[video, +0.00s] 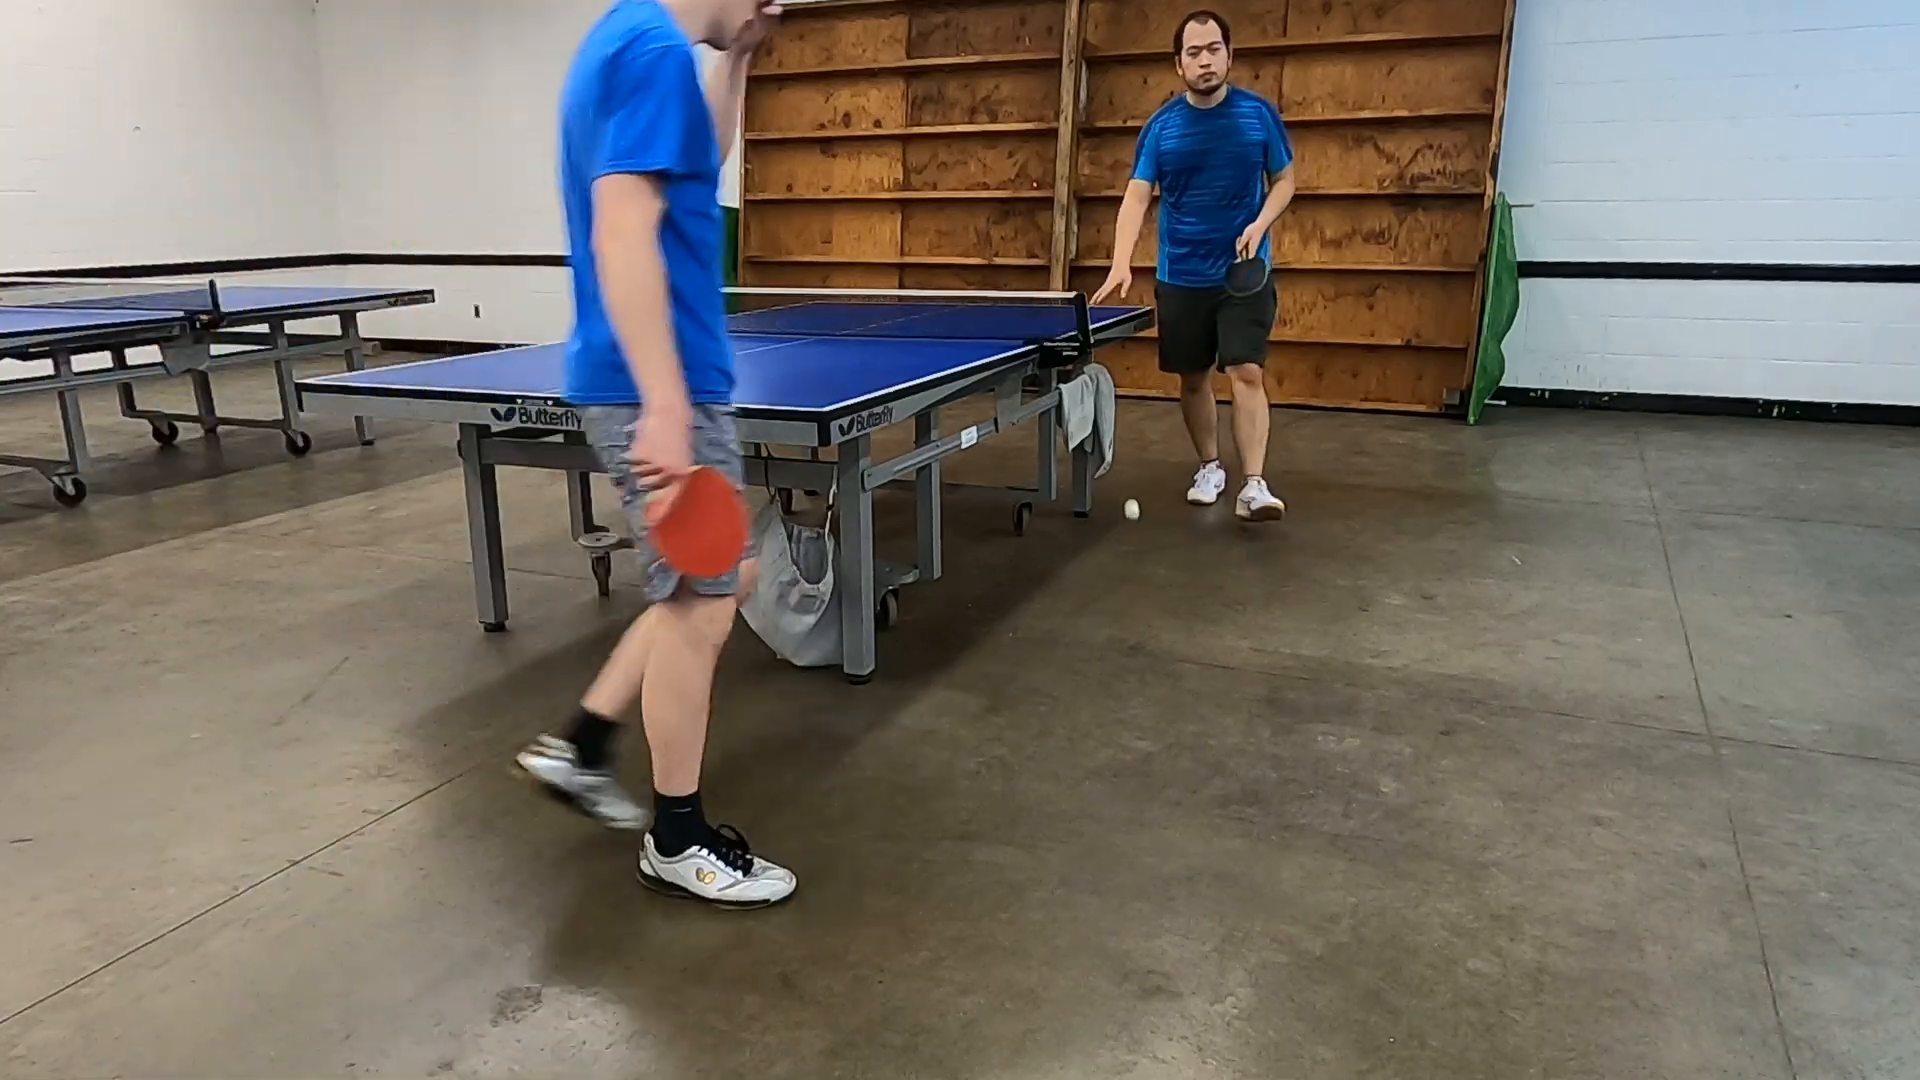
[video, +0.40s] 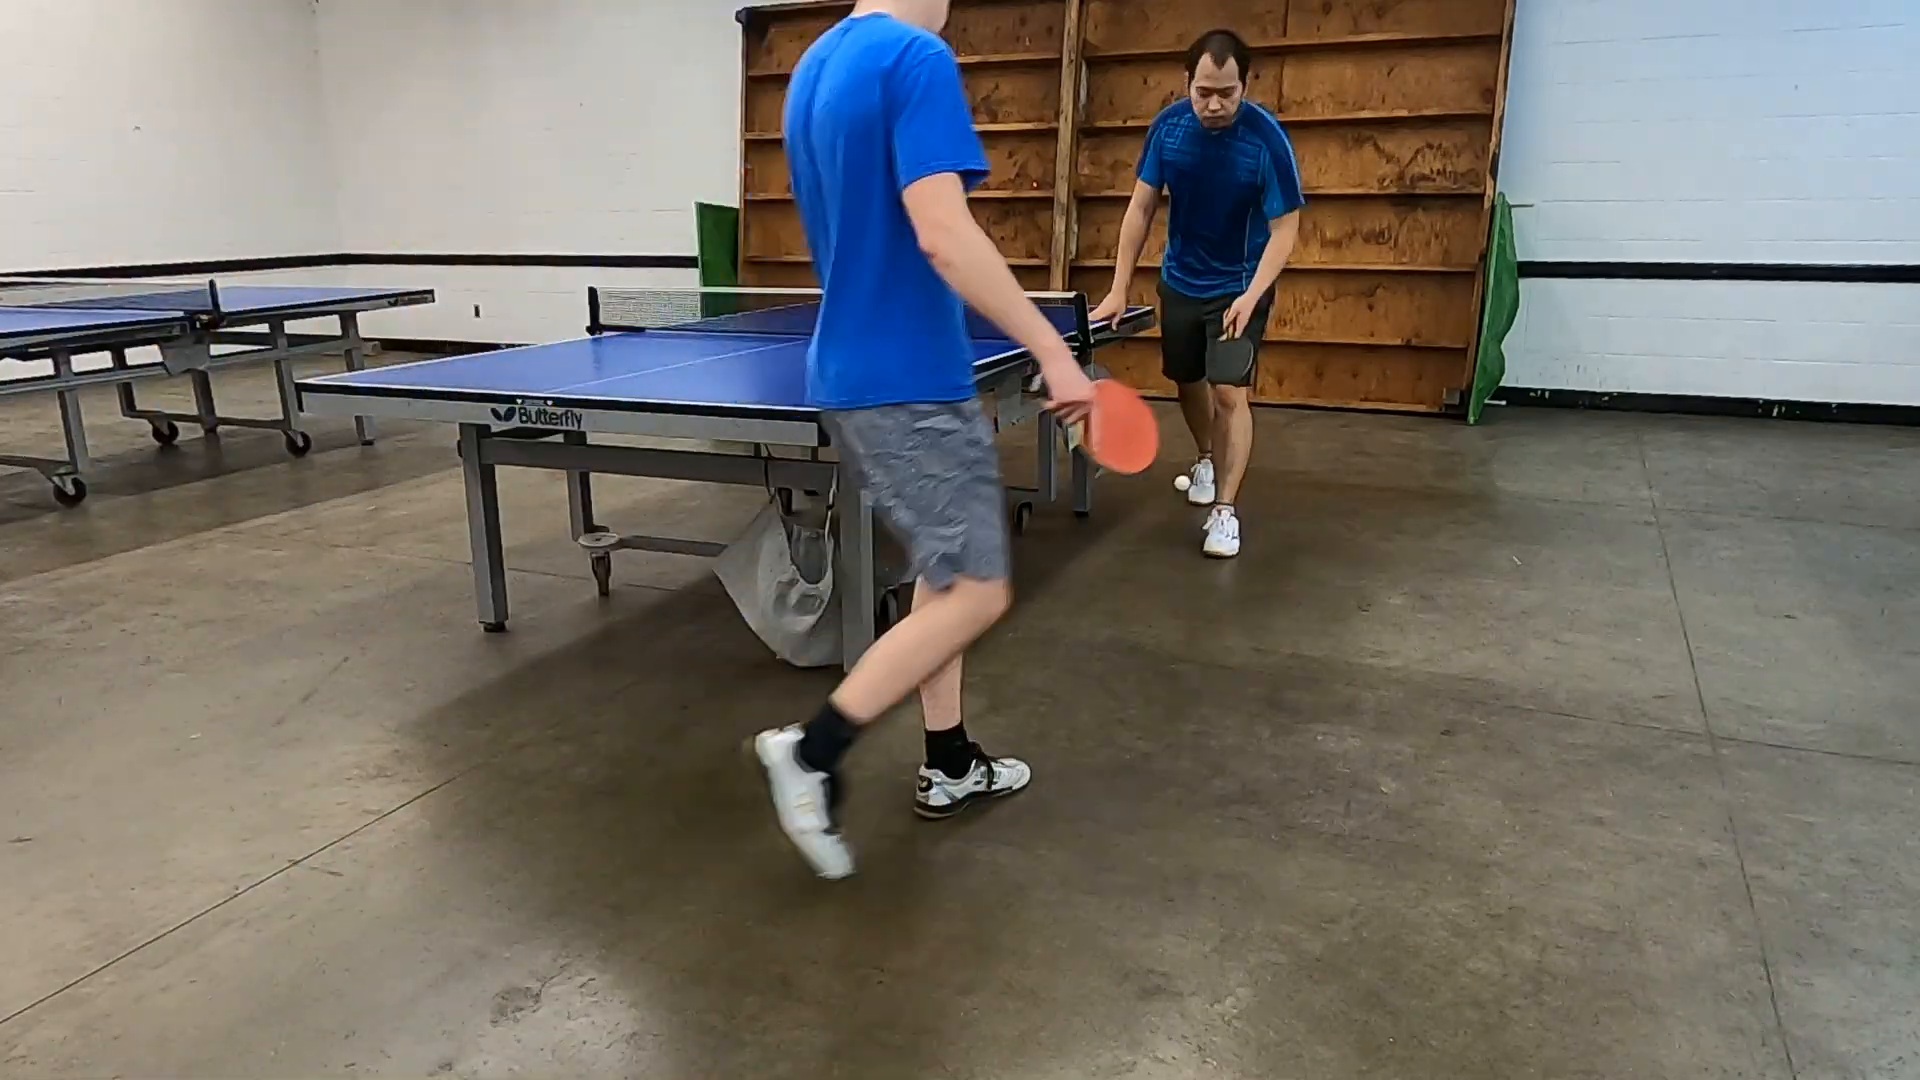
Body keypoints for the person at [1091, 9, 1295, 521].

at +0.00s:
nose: (1205, 60)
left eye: (1213, 48)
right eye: (1194, 52)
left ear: (1229, 54)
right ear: (1179, 63)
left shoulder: (1259, 115)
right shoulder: (1161, 127)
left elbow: (1284, 180)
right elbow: (1136, 199)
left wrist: (1261, 223)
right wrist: (1121, 264)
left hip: (1244, 268)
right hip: (1180, 275)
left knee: (1247, 370)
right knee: (1194, 378)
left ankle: (1254, 483)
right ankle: (1209, 468)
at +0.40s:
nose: (1211, 104)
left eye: (1224, 93)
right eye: (1202, 91)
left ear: (1246, 83)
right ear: (1188, 81)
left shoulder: (1268, 140)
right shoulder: (1169, 127)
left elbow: (1285, 227)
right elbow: (1140, 207)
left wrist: (1252, 296)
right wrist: (1119, 288)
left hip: (1240, 287)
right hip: (1180, 283)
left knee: (1228, 393)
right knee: (1188, 384)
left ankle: (1226, 508)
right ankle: (1207, 460)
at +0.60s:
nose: (1205, 163)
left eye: (1217, 153)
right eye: (1195, 152)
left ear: (1236, 137)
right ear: (1178, 133)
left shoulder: (1259, 176)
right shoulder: (1164, 150)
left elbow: (1272, 276)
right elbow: (1142, 218)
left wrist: (1247, 366)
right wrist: (1120, 298)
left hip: (1240, 295)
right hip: (1187, 286)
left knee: (1227, 402)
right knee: (1195, 376)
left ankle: (1225, 510)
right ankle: (1211, 449)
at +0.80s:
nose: (1196, 238)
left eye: (1208, 228)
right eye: (1186, 227)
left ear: (1229, 209)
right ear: (1170, 210)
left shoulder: (1258, 249)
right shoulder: (1162, 213)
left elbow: (1257, 349)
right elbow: (1136, 254)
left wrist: (1251, 440)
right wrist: (1114, 316)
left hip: (1248, 295)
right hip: (1198, 286)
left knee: (1230, 398)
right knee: (1193, 359)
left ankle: (1225, 509)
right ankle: (1200, 418)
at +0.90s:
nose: (1197, 240)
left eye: (1207, 231)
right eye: (1190, 231)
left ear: (1227, 222)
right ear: (1179, 215)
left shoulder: (1256, 265)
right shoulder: (1169, 203)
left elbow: (1257, 367)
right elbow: (1136, 256)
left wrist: (1252, 457)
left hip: (1264, 286)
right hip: (1208, 277)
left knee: (1247, 386)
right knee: (1217, 367)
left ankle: (1227, 503)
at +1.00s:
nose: (1191, 238)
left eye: (1205, 229)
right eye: (1184, 226)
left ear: (1227, 222)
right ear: (1174, 215)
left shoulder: (1257, 258)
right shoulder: (1163, 213)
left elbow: (1267, 362)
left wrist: (1257, 447)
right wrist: (1222, 369)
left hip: (1266, 280)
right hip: (1204, 277)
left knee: (1247, 387)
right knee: (1222, 369)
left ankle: (1223, 509)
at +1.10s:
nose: (1200, 234)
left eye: (1209, 226)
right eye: (1191, 226)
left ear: (1230, 215)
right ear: (1177, 213)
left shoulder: (1266, 250)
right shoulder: (1169, 216)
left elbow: (1277, 347)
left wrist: (1258, 418)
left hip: (1254, 296)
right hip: (1202, 284)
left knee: (1244, 399)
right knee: (1214, 364)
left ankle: (1223, 510)